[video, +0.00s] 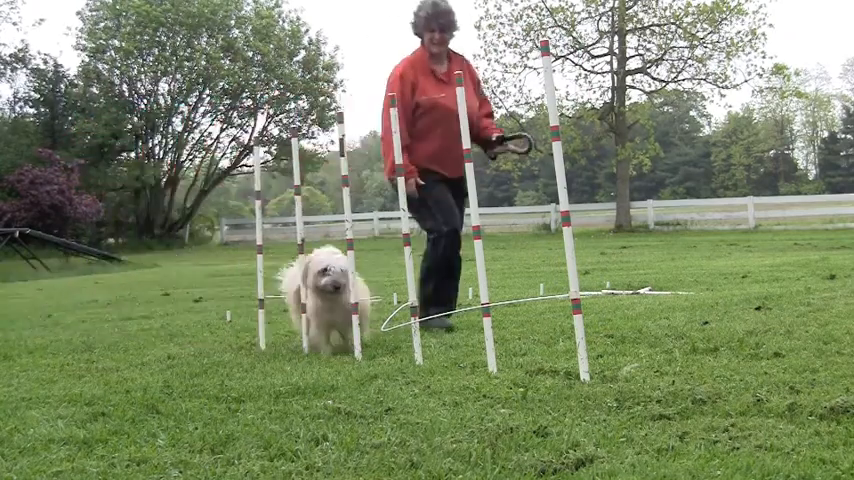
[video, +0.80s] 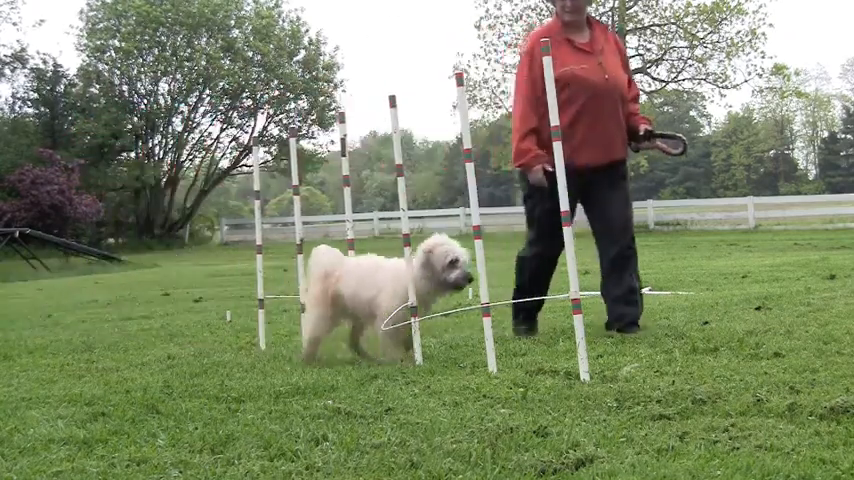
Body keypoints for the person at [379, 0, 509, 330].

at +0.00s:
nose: (437, 36)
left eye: (443, 30)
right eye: (431, 31)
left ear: (451, 32)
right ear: (420, 33)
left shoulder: (464, 68)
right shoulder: (405, 73)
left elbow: (480, 112)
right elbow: (393, 126)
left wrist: (492, 138)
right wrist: (402, 171)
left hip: (455, 171)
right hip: (420, 172)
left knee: (451, 240)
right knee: (446, 230)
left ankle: (441, 313)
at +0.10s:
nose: (455, 32)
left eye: (461, 26)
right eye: (448, 26)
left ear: (470, 27)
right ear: (437, 27)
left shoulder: (483, 65)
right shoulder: (423, 67)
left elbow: (499, 111)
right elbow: (408, 121)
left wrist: (512, 126)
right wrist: (407, 169)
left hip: (470, 168)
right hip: (433, 167)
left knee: (451, 240)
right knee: (458, 232)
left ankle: (433, 316)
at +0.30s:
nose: (483, 26)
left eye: (489, 20)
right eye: (476, 20)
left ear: (499, 22)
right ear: (466, 24)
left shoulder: (514, 59)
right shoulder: (457, 63)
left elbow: (535, 103)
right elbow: (439, 118)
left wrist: (544, 128)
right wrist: (427, 166)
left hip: (508, 170)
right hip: (467, 170)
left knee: (501, 240)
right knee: (500, 238)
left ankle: (455, 299)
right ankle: (514, 320)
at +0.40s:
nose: (499, 17)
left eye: (506, 9)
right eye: (492, 11)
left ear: (516, 10)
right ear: (481, 14)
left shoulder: (532, 50)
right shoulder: (470, 56)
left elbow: (552, 97)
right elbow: (455, 116)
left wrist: (560, 122)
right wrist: (450, 166)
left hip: (526, 168)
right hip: (486, 171)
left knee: (539, 238)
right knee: (503, 245)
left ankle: (494, 293)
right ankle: (512, 321)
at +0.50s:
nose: (517, 6)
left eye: (523, 0)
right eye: (509, 1)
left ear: (534, 4)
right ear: (498, 6)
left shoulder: (550, 43)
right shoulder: (485, 49)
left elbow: (569, 92)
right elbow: (473, 108)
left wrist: (577, 122)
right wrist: (479, 156)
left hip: (545, 164)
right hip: (501, 168)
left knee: (566, 225)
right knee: (504, 246)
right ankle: (512, 320)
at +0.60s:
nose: (532, 6)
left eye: (539, 0)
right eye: (525, 1)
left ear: (550, 3)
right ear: (515, 4)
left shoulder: (568, 42)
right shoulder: (501, 47)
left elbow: (585, 91)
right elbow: (489, 106)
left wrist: (596, 124)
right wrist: (501, 153)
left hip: (564, 160)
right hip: (513, 163)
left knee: (584, 233)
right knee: (508, 247)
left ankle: (609, 311)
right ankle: (514, 323)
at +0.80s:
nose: (569, 2)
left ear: (589, 1)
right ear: (552, 2)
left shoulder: (610, 39)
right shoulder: (539, 43)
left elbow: (627, 93)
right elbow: (525, 104)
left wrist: (637, 124)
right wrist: (529, 156)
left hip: (607, 164)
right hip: (554, 165)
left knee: (619, 244)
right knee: (543, 247)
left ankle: (624, 322)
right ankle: (525, 319)